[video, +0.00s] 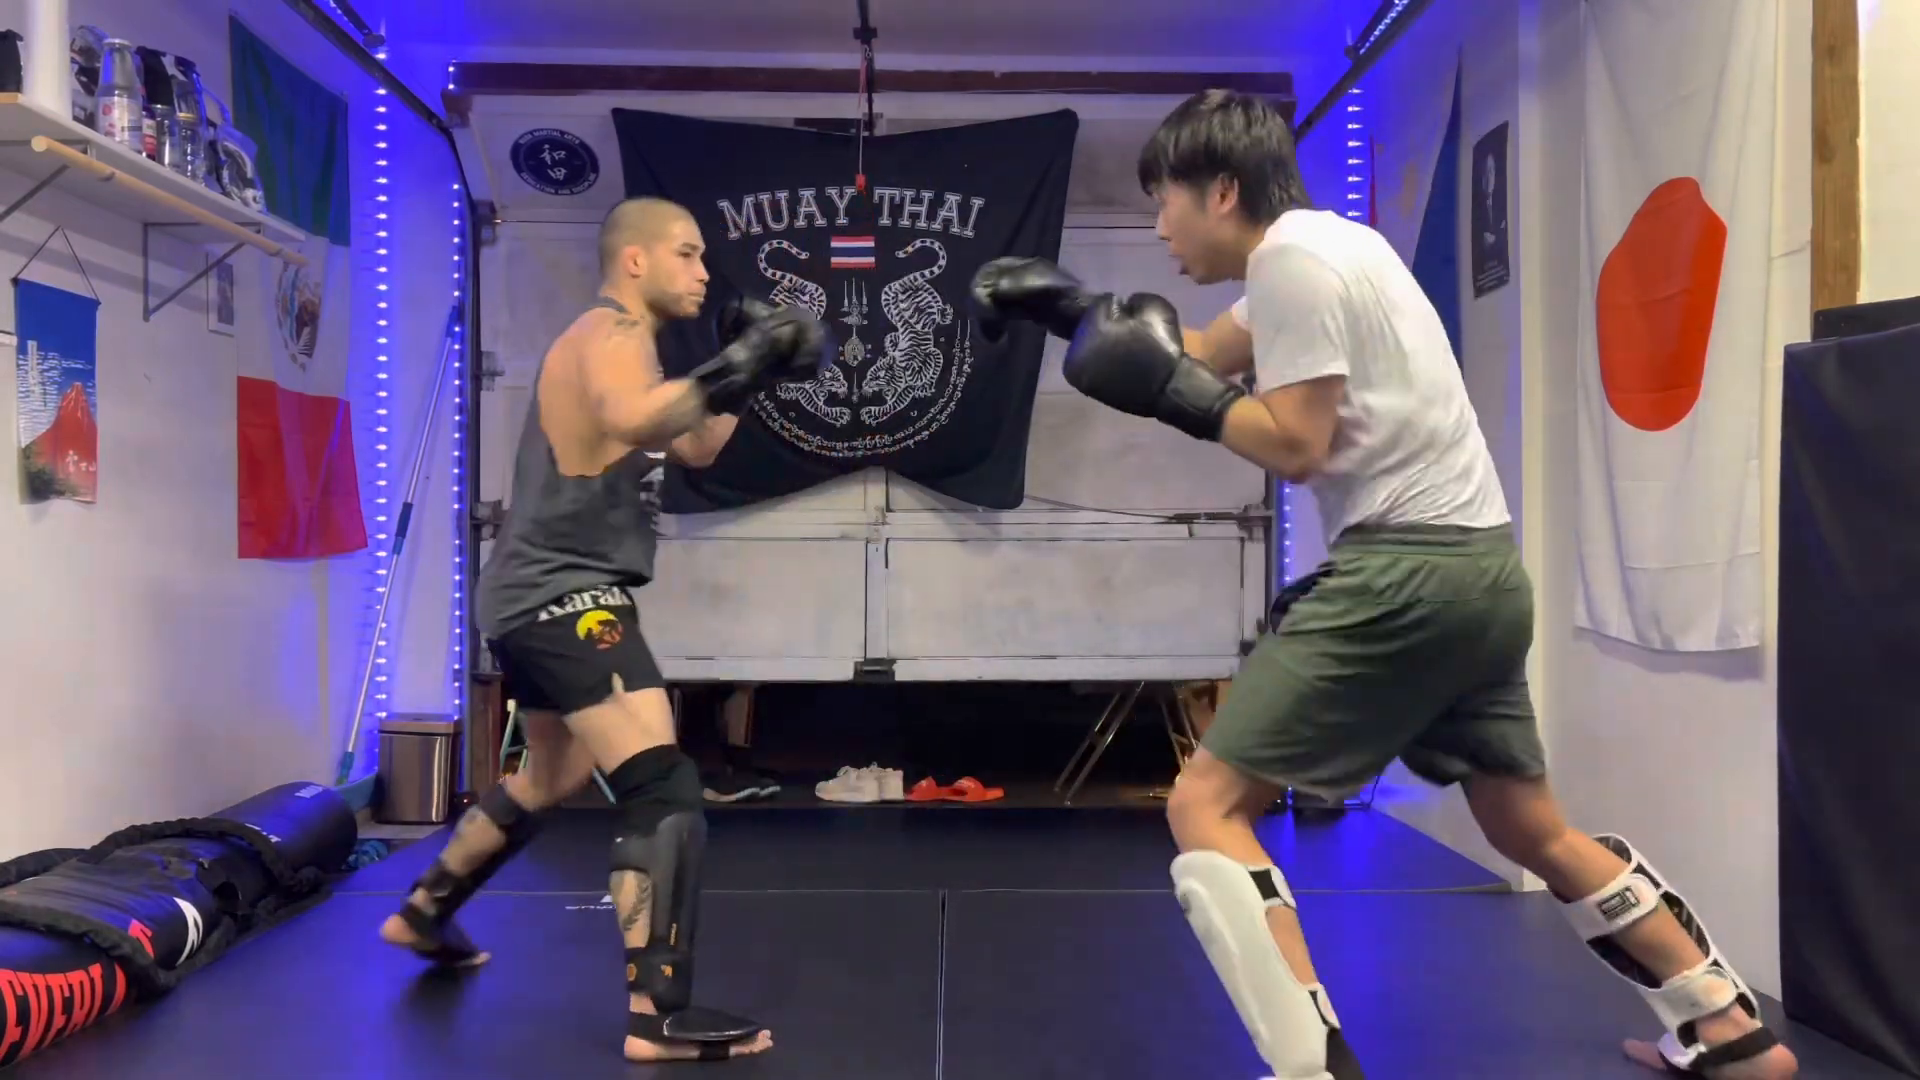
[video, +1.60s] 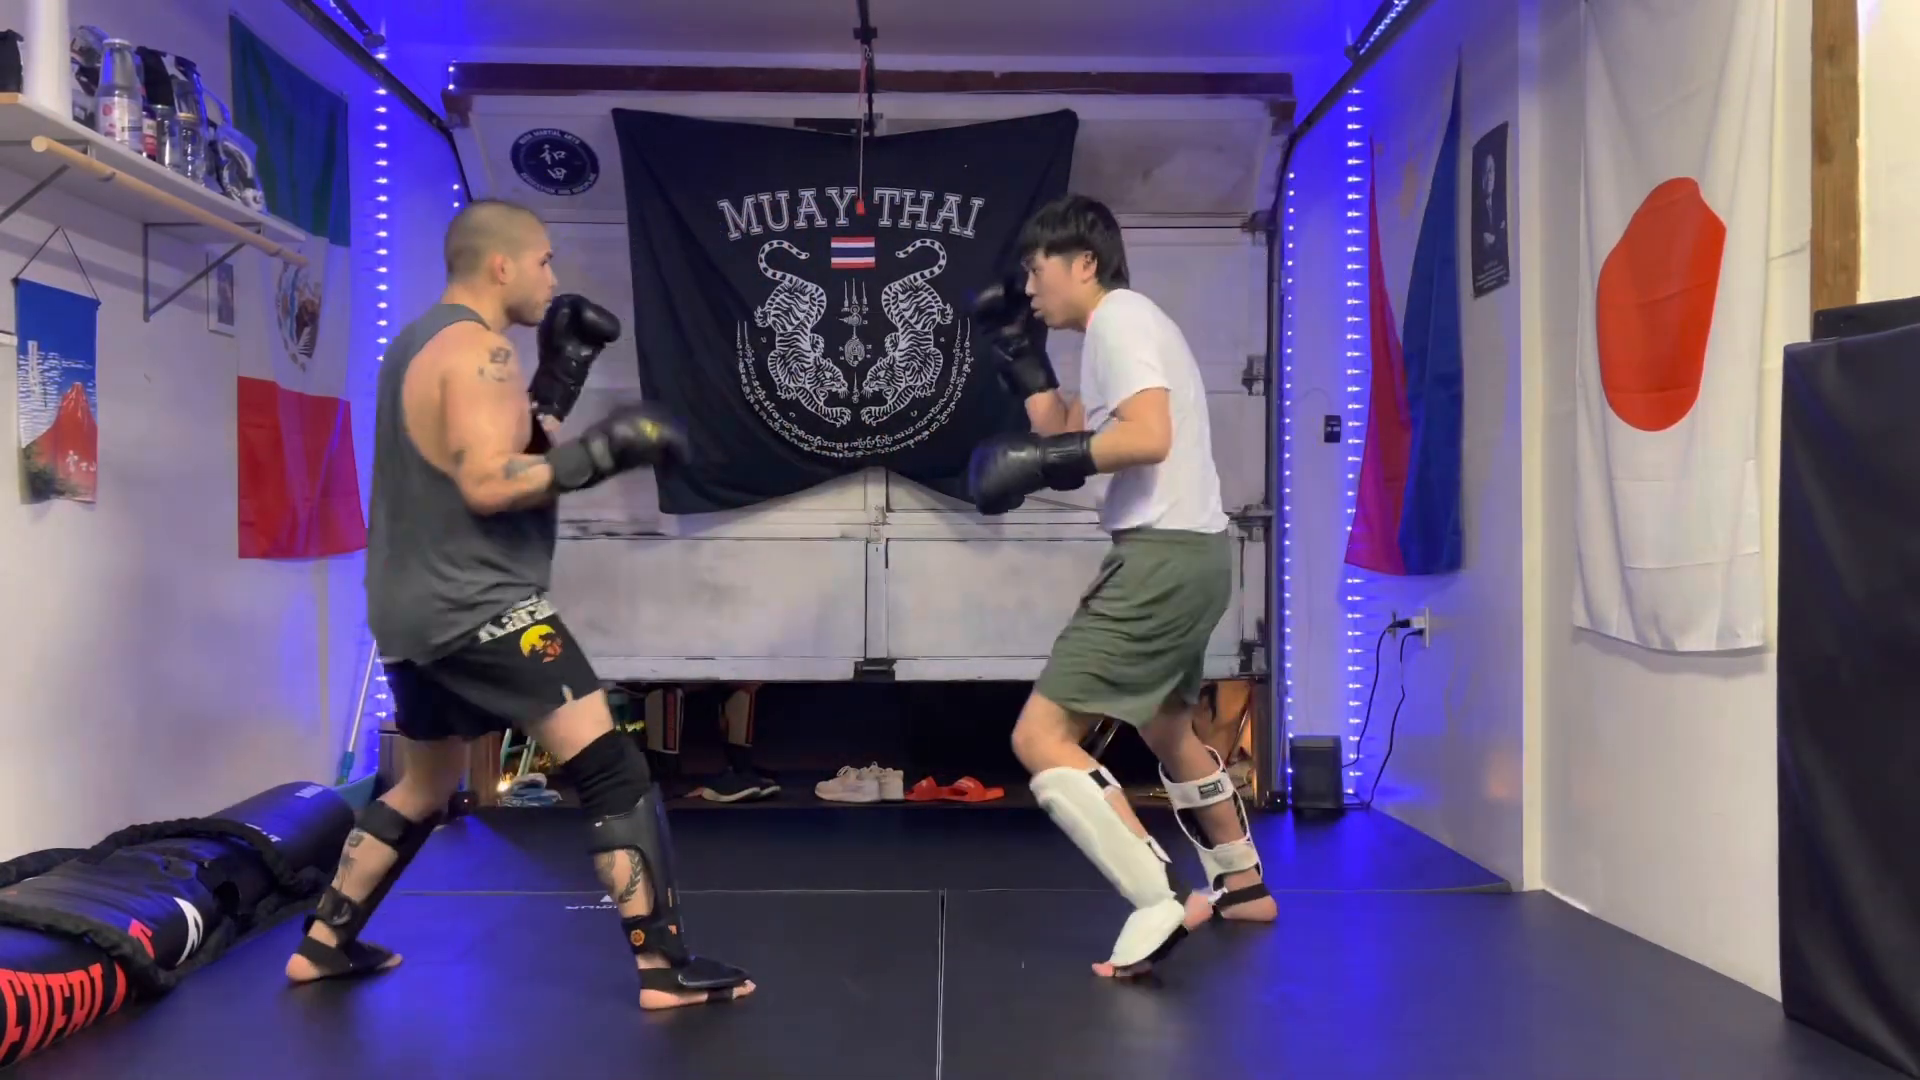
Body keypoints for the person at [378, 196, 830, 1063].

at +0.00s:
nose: (703, 271)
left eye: (702, 257)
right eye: (688, 255)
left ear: (634, 269)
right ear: (634, 260)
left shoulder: (628, 351)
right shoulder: (607, 336)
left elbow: (699, 447)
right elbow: (634, 418)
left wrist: (748, 370)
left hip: (539, 596)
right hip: (565, 595)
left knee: (550, 776)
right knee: (662, 789)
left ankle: (424, 913)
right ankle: (658, 1014)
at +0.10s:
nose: (664, 280)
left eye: (664, 266)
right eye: (649, 264)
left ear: (607, 277)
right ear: (593, 272)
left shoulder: (606, 369)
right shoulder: (553, 352)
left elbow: (682, 458)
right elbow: (508, 471)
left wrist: (730, 377)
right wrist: (618, 449)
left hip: (498, 602)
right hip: (517, 597)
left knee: (503, 791)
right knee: (621, 785)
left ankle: (397, 945)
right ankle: (653, 1009)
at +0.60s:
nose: (575, 236)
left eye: (573, 220)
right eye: (558, 219)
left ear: (503, 230)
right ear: (501, 224)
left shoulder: (498, 316)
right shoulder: (480, 304)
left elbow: (555, 460)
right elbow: (536, 427)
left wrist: (632, 400)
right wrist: (620, 345)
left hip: (458, 580)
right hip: (491, 577)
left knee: (448, 787)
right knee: (573, 797)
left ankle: (392, 951)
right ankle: (520, 1039)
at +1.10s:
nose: (560, 245)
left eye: (559, 227)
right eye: (550, 227)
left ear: (482, 230)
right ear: (504, 227)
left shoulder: (423, 303)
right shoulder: (501, 293)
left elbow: (493, 410)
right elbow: (553, 401)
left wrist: (577, 352)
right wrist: (636, 344)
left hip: (425, 585)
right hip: (518, 574)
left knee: (423, 771)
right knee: (625, 751)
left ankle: (367, 971)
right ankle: (625, 969)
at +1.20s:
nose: (584, 249)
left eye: (582, 232)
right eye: (575, 232)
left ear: (506, 236)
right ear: (530, 233)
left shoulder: (441, 315)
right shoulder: (529, 306)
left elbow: (520, 424)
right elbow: (637, 387)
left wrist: (608, 351)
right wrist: (685, 302)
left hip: (442, 599)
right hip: (542, 588)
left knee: (447, 778)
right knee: (644, 766)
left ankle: (369, 968)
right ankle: (665, 968)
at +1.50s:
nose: (578, 253)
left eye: (576, 237)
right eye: (570, 237)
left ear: (499, 239)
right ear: (526, 237)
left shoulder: (432, 322)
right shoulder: (514, 321)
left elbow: (500, 442)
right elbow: (579, 446)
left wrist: (584, 378)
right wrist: (668, 367)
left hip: (435, 590)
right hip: (521, 584)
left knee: (432, 761)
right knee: (617, 763)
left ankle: (337, 927)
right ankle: (663, 964)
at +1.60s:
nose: (552, 278)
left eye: (550, 263)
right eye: (543, 263)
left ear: (476, 267)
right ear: (501, 267)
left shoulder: (421, 345)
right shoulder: (479, 349)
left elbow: (502, 462)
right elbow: (490, 483)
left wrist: (558, 375)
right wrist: (602, 452)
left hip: (412, 610)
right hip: (480, 607)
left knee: (422, 784)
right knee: (609, 769)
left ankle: (327, 939)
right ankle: (663, 966)